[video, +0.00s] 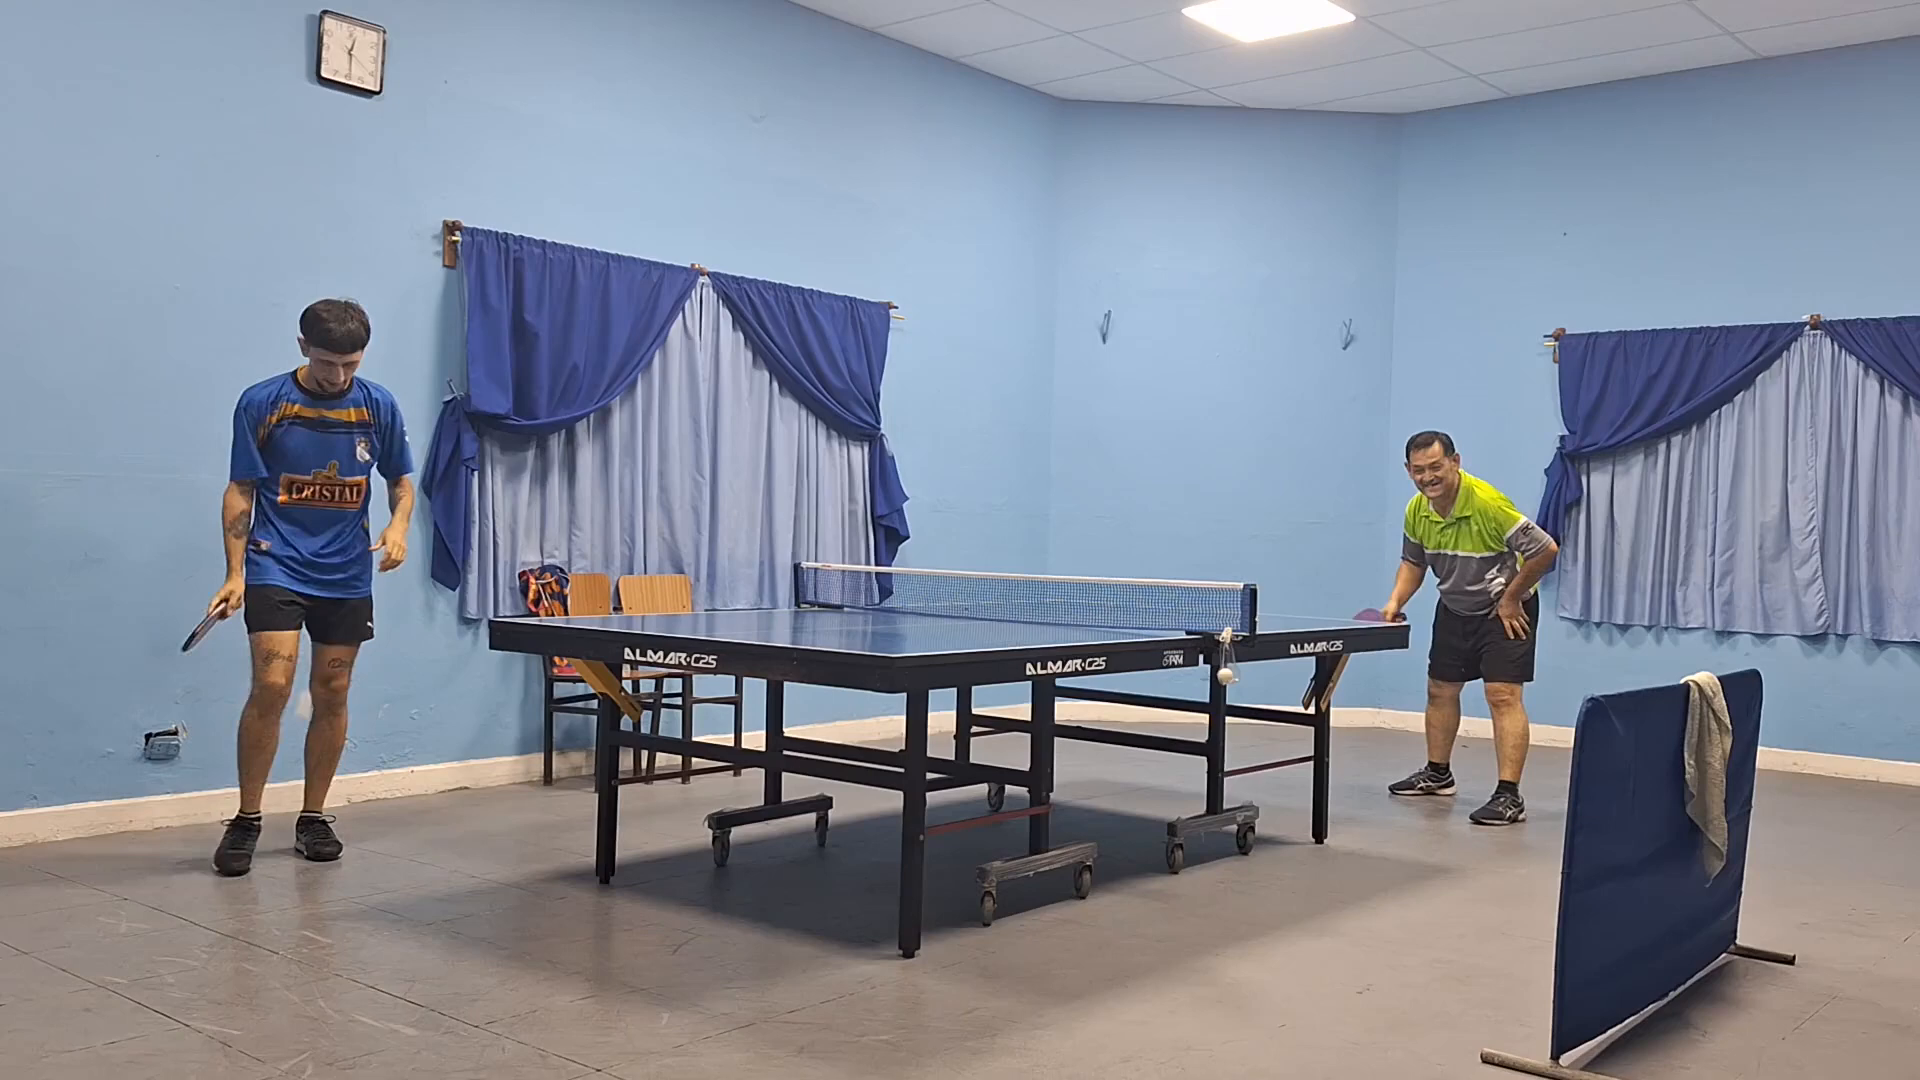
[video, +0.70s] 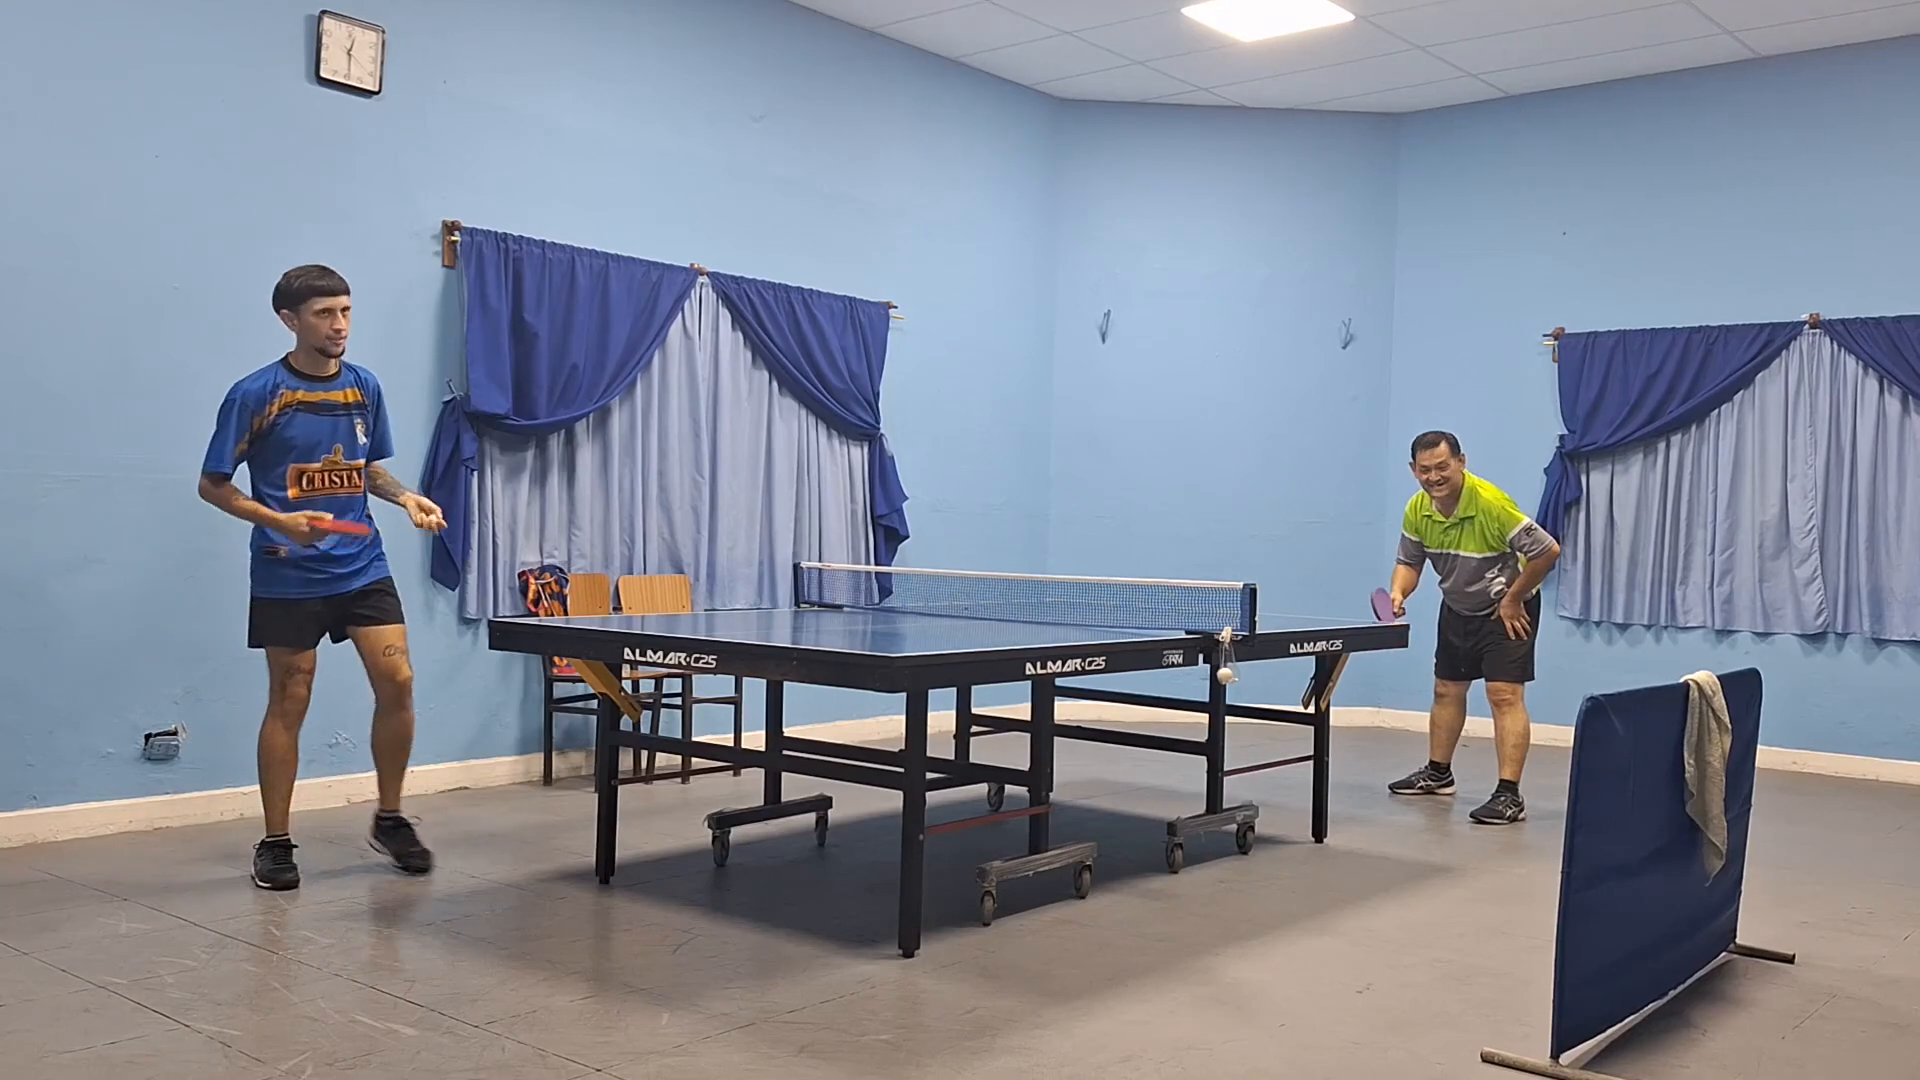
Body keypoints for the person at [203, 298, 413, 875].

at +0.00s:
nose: (339, 377)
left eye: (350, 365)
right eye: (327, 364)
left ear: (363, 356)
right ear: (303, 347)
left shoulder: (379, 407)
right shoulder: (261, 404)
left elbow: (401, 479)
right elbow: (240, 490)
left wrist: (399, 524)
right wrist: (235, 573)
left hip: (345, 569)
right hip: (275, 564)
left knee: (333, 690)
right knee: (273, 683)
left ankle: (314, 818)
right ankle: (247, 820)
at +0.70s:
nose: (339, 324)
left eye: (344, 312)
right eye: (325, 314)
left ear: (350, 315)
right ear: (290, 321)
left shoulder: (363, 386)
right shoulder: (255, 394)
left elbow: (368, 468)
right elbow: (212, 484)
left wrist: (407, 496)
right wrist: (277, 519)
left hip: (362, 564)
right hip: (289, 574)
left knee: (397, 681)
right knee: (290, 698)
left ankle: (390, 818)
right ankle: (277, 842)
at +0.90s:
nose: (367, 321)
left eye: (371, 310)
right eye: (353, 310)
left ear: (372, 316)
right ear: (314, 317)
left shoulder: (389, 390)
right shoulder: (279, 394)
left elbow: (418, 468)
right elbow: (235, 492)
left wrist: (453, 515)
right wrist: (313, 503)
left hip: (376, 568)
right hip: (303, 576)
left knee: (406, 685)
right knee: (298, 702)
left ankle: (451, 822)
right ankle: (277, 843)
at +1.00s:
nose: (394, 330)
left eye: (397, 320)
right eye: (381, 320)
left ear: (397, 326)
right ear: (340, 325)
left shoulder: (409, 396)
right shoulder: (298, 399)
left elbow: (447, 471)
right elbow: (258, 496)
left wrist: (483, 523)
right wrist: (336, 500)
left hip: (389, 570)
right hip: (314, 577)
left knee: (421, 687)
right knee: (307, 704)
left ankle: (463, 828)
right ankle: (278, 844)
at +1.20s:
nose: (479, 372)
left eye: (481, 361)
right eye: (469, 360)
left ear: (455, 364)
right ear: (426, 356)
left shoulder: (475, 430)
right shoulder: (359, 415)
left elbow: (511, 506)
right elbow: (312, 506)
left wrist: (537, 556)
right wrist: (387, 513)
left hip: (428, 591)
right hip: (348, 592)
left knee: (455, 694)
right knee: (329, 724)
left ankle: (476, 848)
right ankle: (279, 845)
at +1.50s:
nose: (570, 416)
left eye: (574, 404)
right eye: (566, 403)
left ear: (536, 399)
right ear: (531, 395)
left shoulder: (534, 458)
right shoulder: (436, 429)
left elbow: (528, 536)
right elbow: (391, 516)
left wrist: (547, 574)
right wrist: (472, 540)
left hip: (449, 580)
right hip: (374, 577)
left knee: (471, 696)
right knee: (337, 709)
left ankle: (477, 847)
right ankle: (281, 839)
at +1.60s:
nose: (573, 420)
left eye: (575, 409)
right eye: (567, 409)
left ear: (539, 404)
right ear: (531, 400)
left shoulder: (538, 456)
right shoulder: (438, 433)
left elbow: (527, 528)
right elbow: (405, 525)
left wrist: (541, 570)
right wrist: (491, 537)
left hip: (450, 577)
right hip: (374, 573)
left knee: (471, 697)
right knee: (332, 704)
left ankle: (478, 846)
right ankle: (273, 836)